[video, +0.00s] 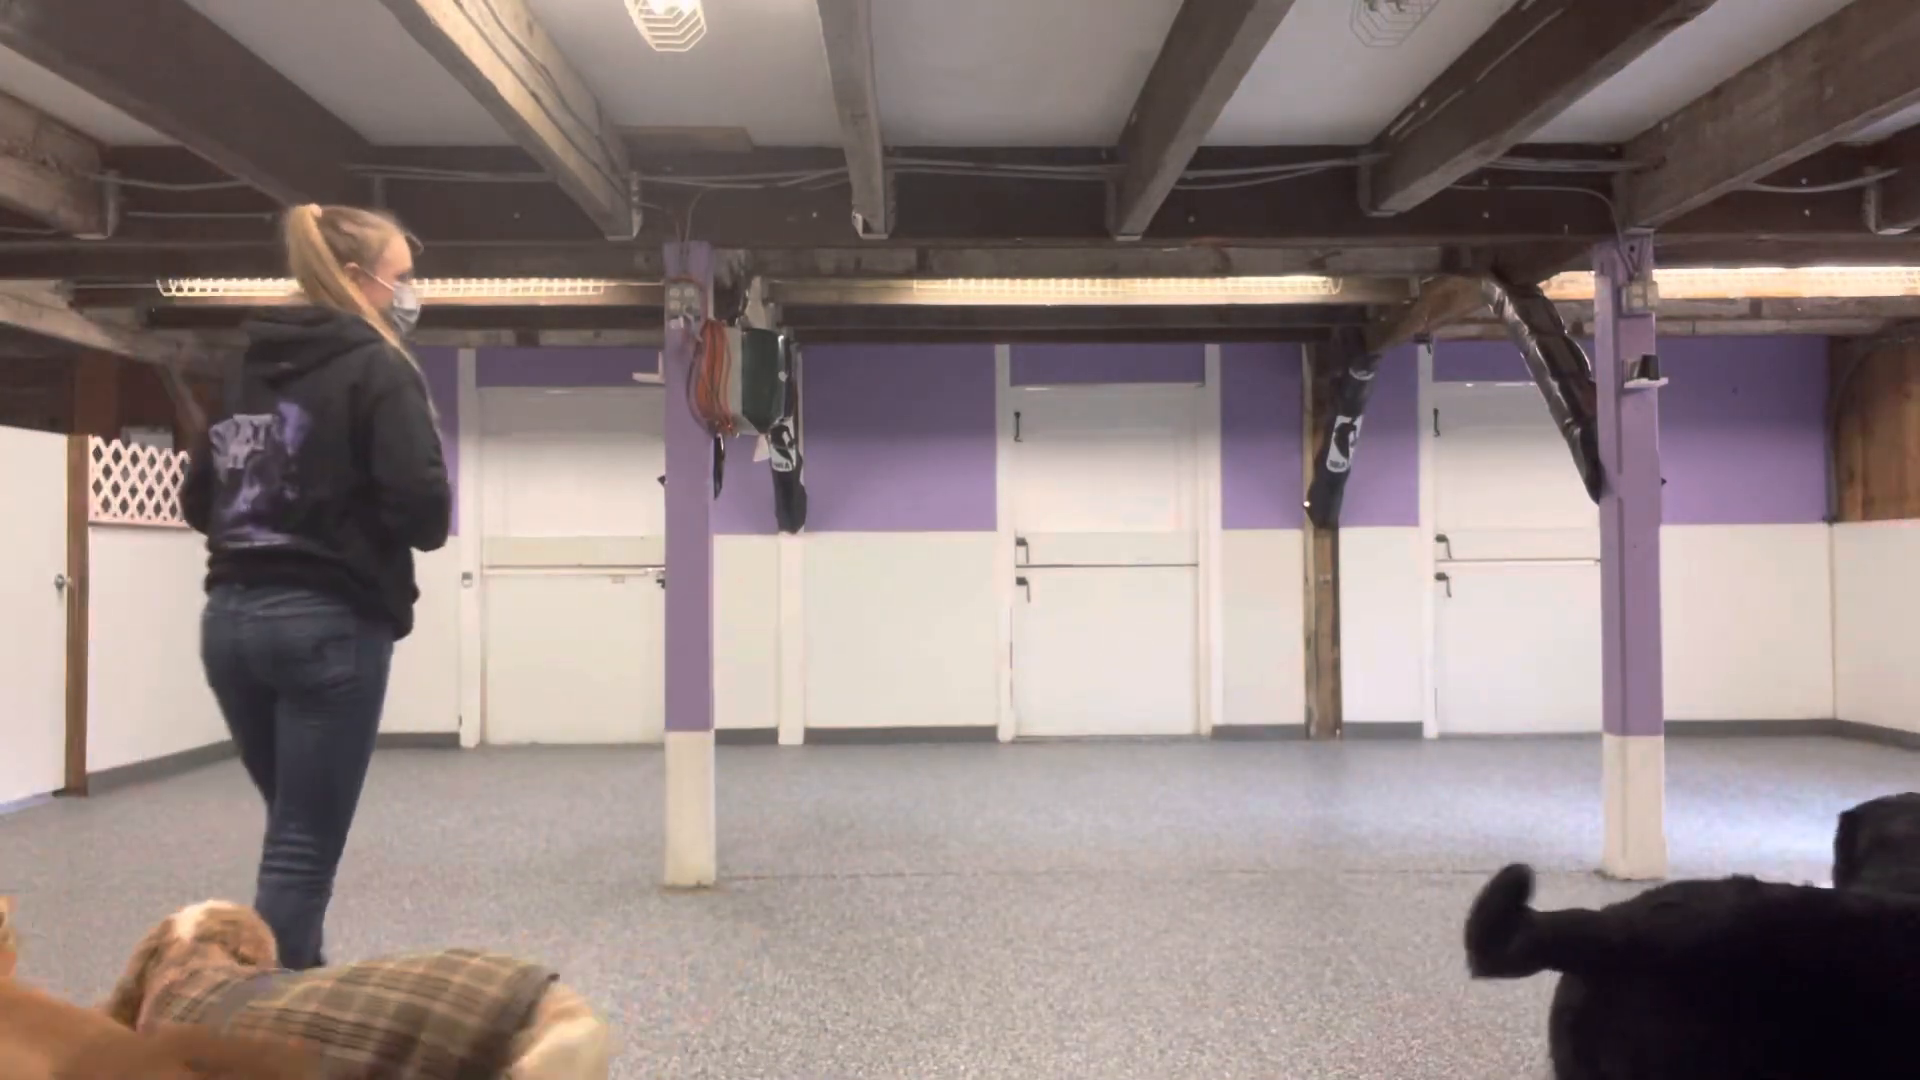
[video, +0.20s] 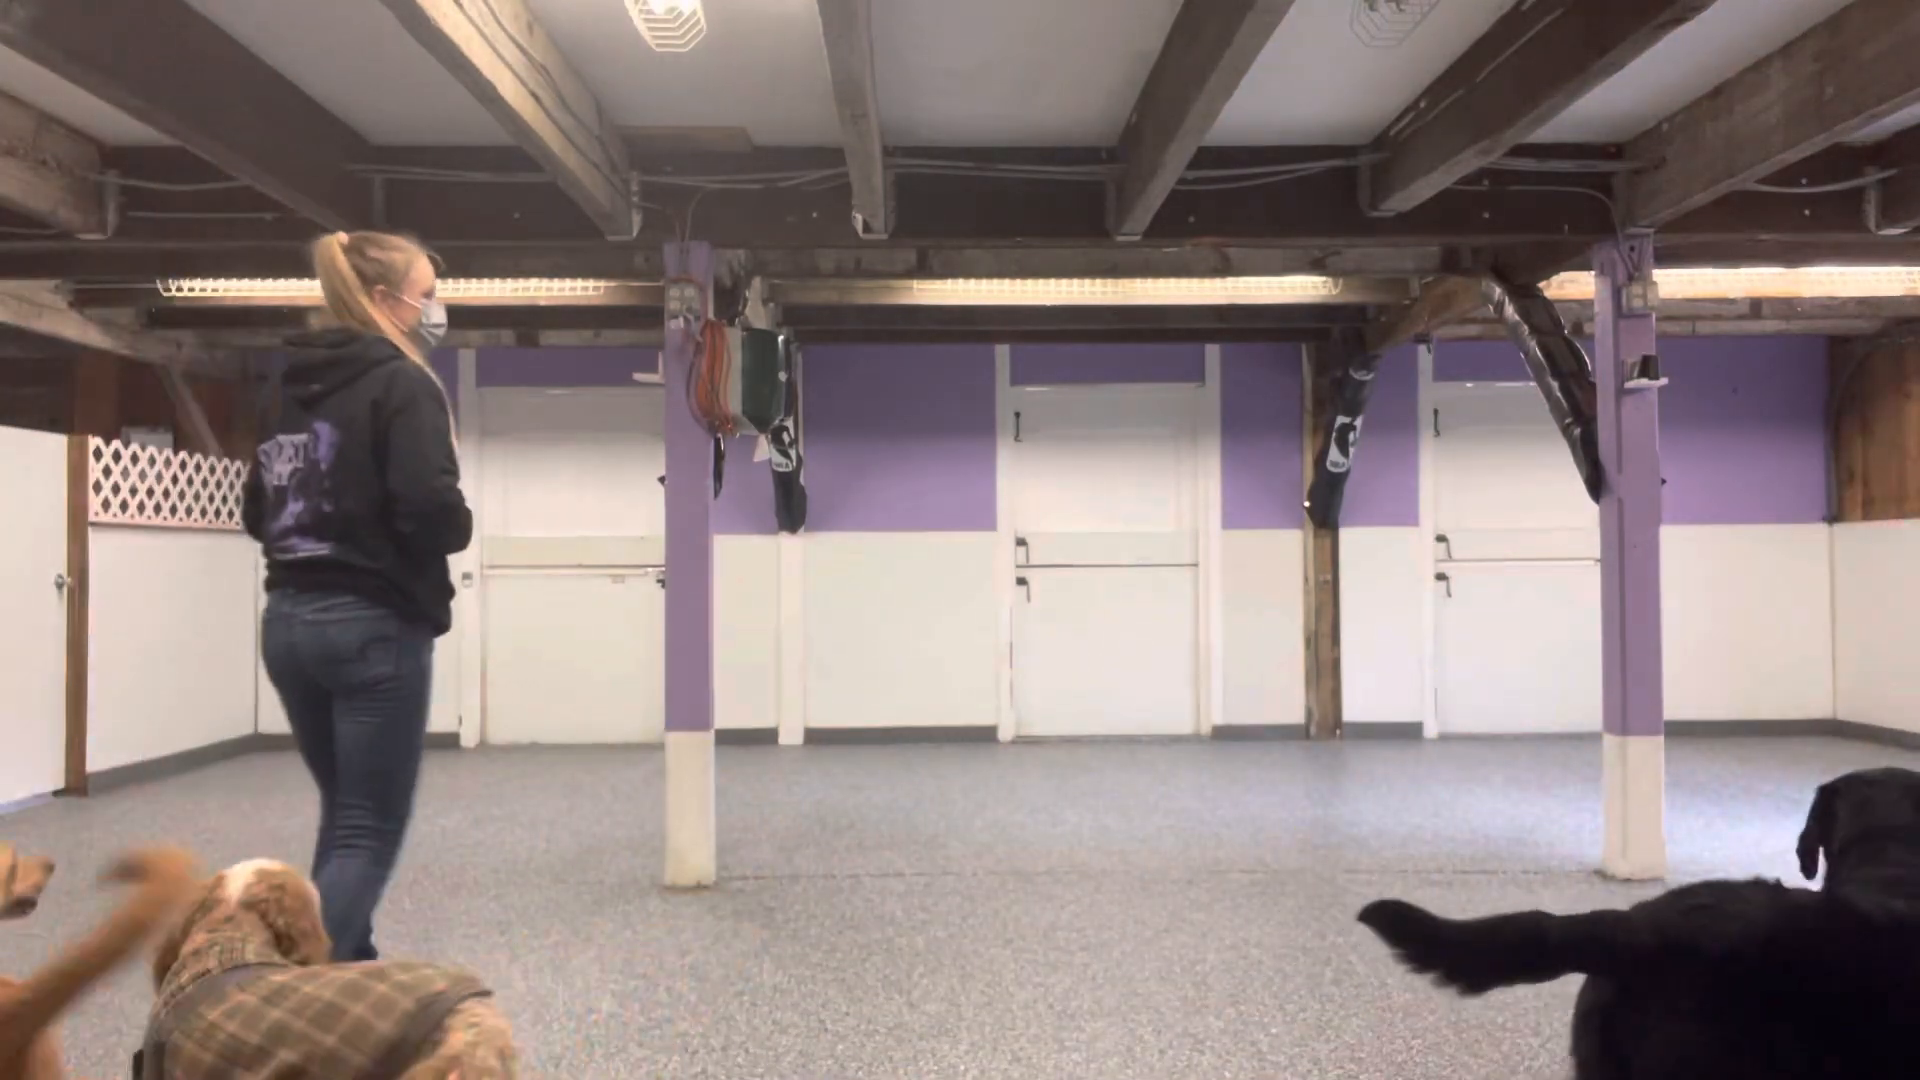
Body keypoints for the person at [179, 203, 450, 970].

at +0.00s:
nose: (410, 294)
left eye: (410, 278)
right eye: (401, 278)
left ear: (332, 277)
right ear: (357, 278)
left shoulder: (253, 362)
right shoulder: (380, 366)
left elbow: (199, 496)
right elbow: (425, 515)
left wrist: (270, 524)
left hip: (230, 622)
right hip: (330, 625)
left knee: (295, 835)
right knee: (301, 855)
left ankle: (304, 1013)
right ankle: (255, 1036)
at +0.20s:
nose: (433, 312)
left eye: (433, 297)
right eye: (425, 297)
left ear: (364, 300)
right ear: (386, 300)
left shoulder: (297, 382)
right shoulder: (405, 383)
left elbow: (259, 511)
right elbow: (429, 508)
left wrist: (323, 538)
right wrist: (457, 523)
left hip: (289, 621)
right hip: (373, 625)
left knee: (342, 818)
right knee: (369, 833)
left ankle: (356, 986)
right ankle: (310, 988)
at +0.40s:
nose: (494, 308)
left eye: (488, 294)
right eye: (482, 297)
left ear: (428, 314)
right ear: (444, 312)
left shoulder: (374, 380)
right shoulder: (442, 384)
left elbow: (367, 498)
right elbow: (437, 495)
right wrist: (501, 525)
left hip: (351, 610)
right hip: (419, 616)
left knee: (392, 792)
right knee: (498, 781)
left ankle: (351, 955)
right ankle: (425, 961)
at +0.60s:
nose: (550, 342)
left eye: (547, 328)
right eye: (542, 329)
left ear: (489, 337)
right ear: (507, 338)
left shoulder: (442, 400)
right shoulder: (503, 406)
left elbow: (425, 513)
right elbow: (487, 508)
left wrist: (530, 530)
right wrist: (555, 542)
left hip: (407, 619)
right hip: (471, 627)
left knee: (421, 799)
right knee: (537, 790)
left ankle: (362, 972)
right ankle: (584, 936)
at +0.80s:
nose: (612, 360)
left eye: (609, 347)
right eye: (605, 348)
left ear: (553, 354)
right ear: (574, 355)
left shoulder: (501, 414)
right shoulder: (570, 422)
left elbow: (485, 524)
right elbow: (558, 521)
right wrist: (617, 552)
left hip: (471, 622)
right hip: (539, 629)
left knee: (477, 790)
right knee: (595, 784)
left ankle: (386, 919)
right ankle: (621, 937)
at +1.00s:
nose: (664, 359)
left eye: (663, 347)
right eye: (659, 348)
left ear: (600, 346)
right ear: (632, 348)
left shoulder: (557, 415)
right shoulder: (634, 417)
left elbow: (550, 513)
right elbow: (636, 513)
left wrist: (625, 534)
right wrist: (674, 536)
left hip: (533, 605)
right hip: (596, 610)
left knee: (571, 758)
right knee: (629, 771)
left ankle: (489, 906)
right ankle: (620, 935)